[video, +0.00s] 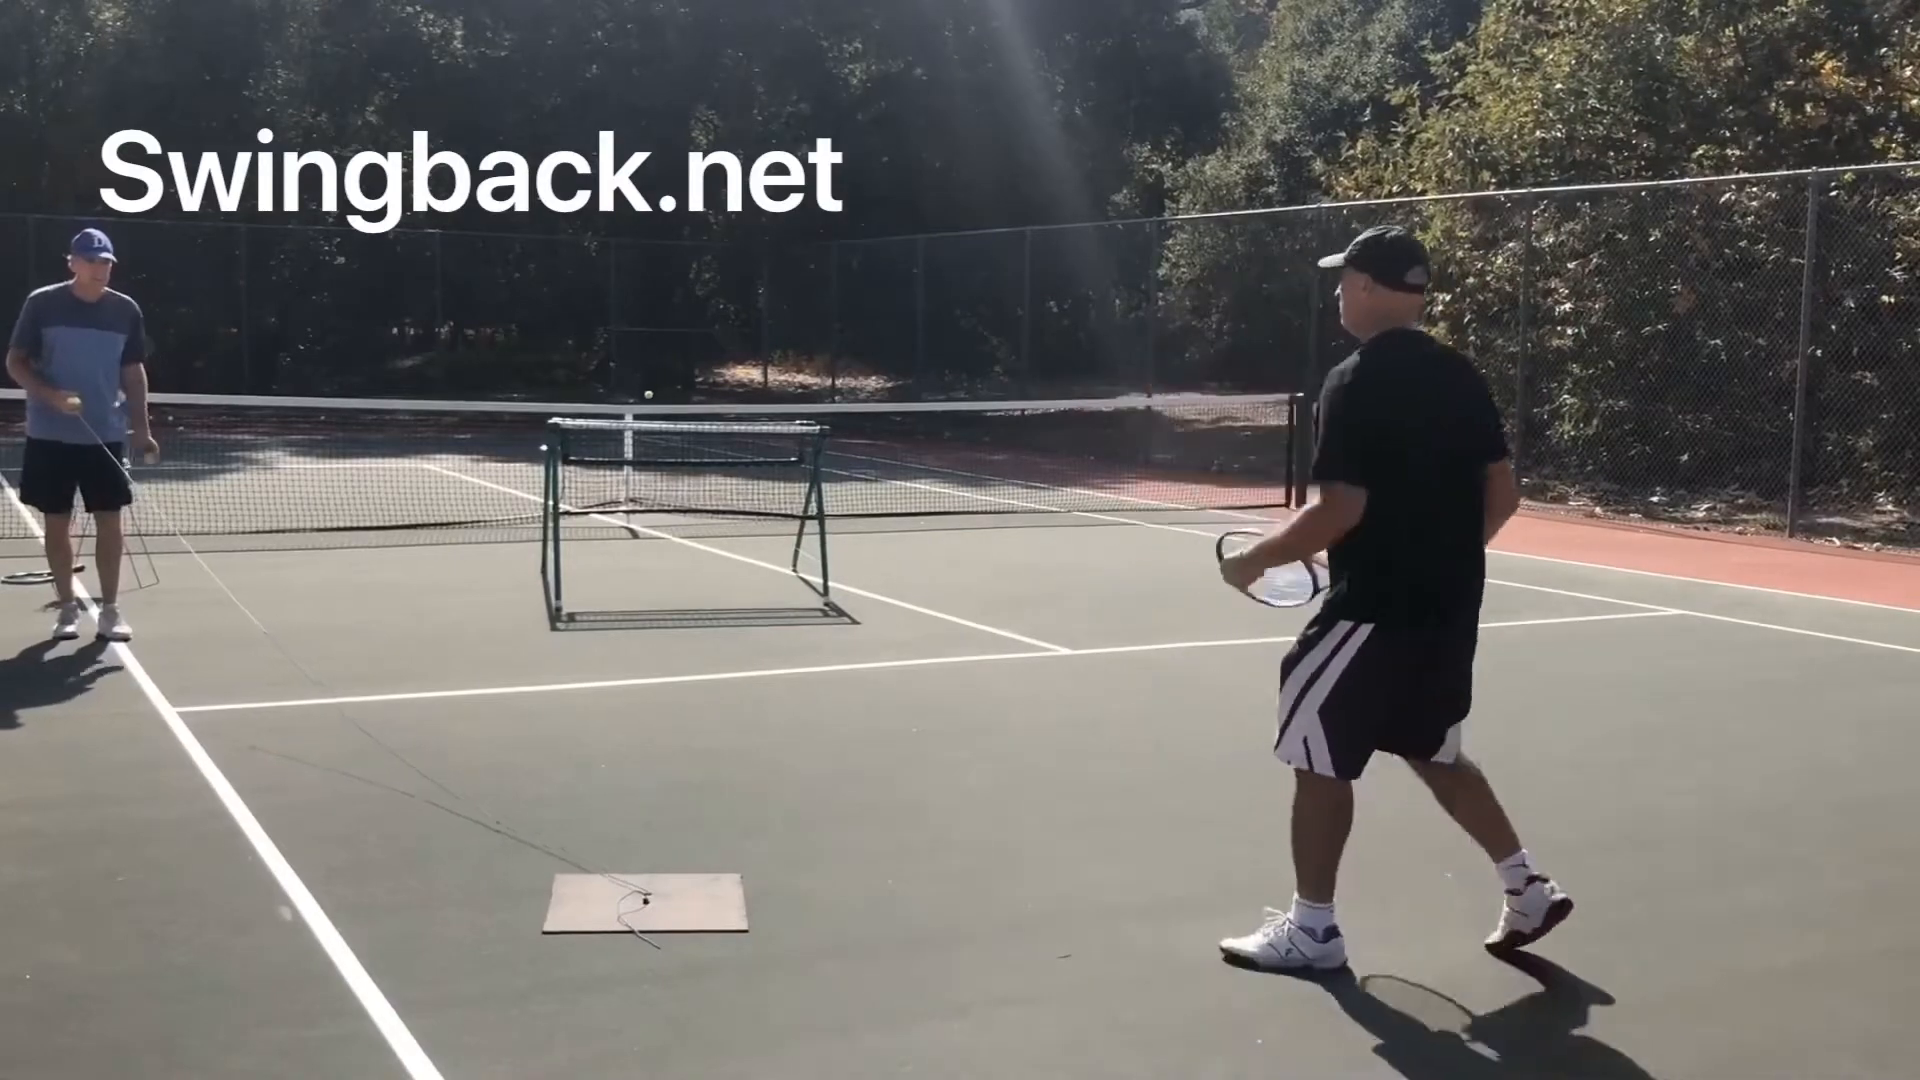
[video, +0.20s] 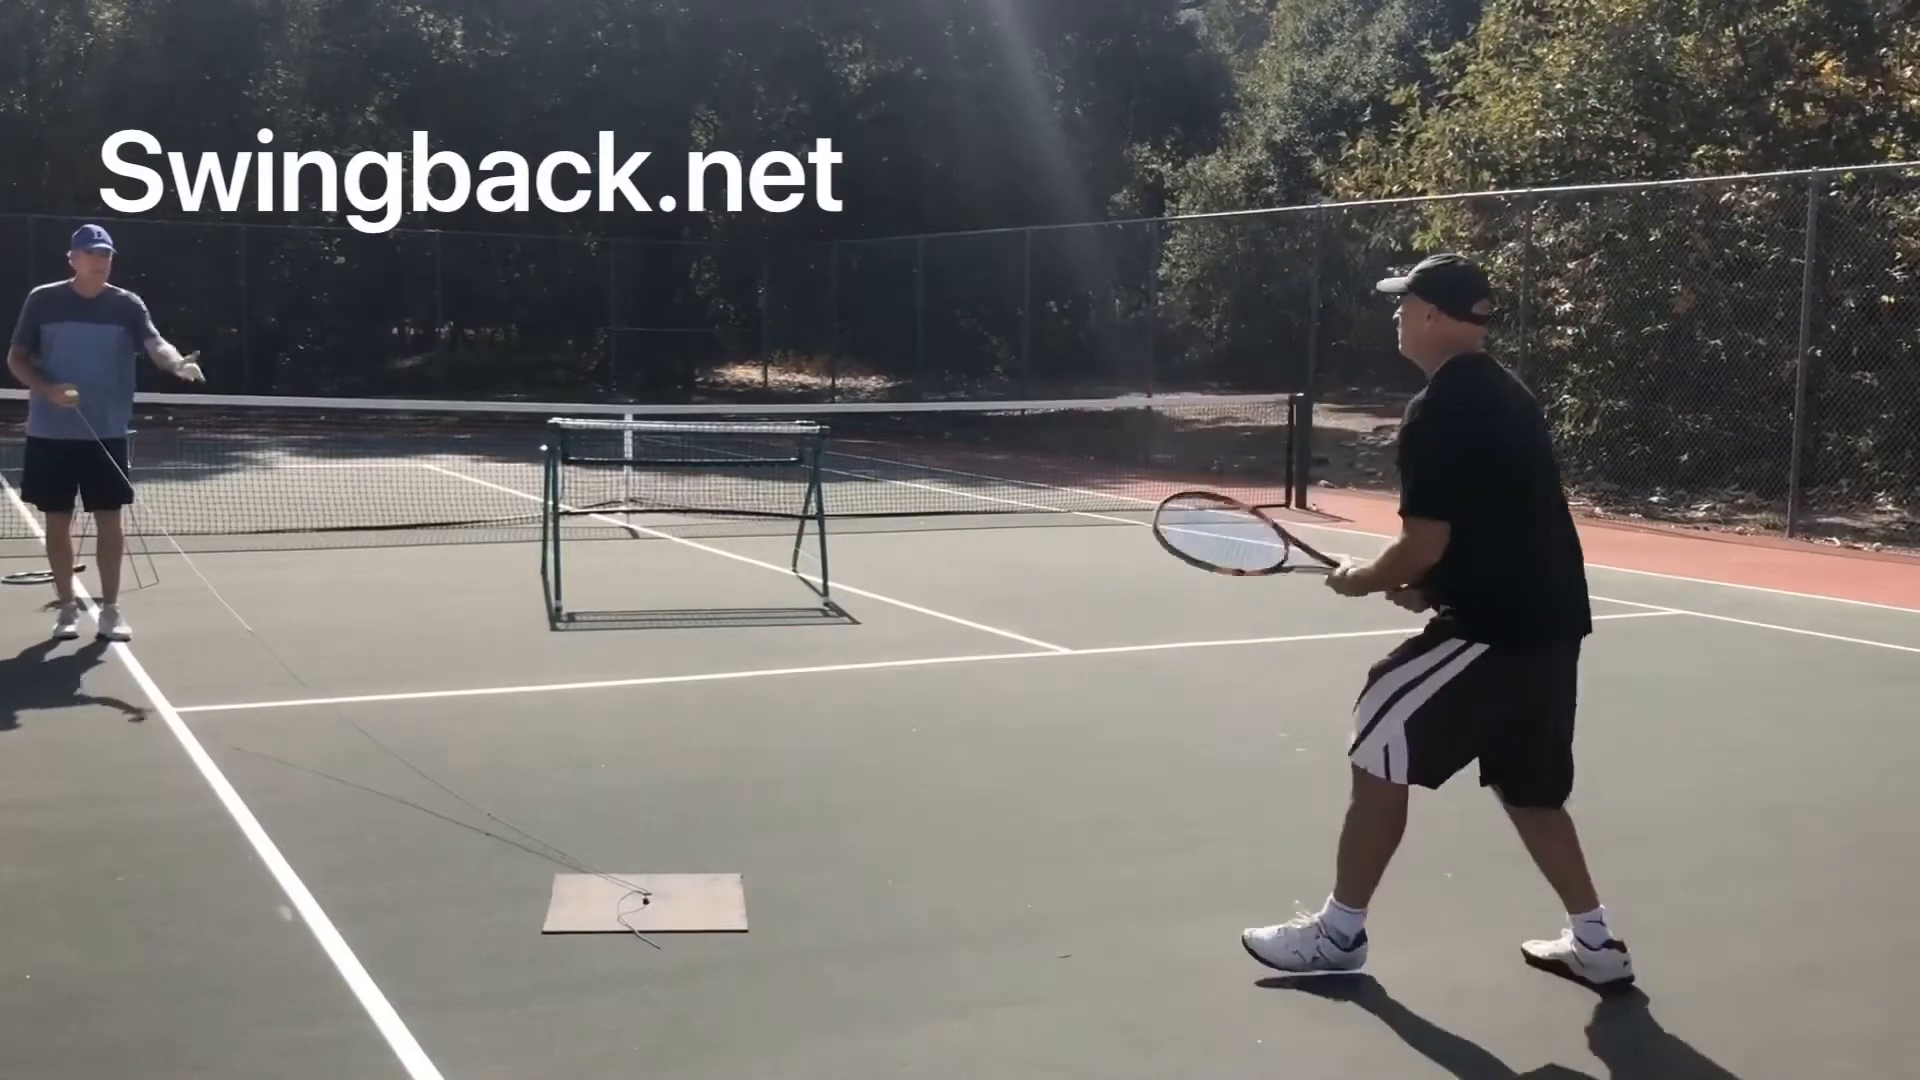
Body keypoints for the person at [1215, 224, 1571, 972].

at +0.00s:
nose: (1339, 296)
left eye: (1346, 284)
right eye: (1343, 283)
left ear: (1371, 289)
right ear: (1415, 294)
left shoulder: (1354, 381)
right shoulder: (1459, 374)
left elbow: (1340, 509)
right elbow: (1501, 494)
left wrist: (1258, 557)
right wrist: (1438, 551)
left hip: (1370, 613)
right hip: (1447, 609)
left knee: (1318, 754)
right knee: (1431, 748)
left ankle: (1312, 927)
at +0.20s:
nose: (1398, 316)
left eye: (1407, 305)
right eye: (1402, 304)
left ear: (1436, 317)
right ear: (1470, 320)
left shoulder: (1438, 409)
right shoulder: (1506, 395)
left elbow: (1426, 542)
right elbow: (1505, 529)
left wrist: (1365, 575)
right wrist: (1422, 580)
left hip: (1488, 634)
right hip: (1549, 629)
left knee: (1383, 741)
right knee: (1527, 782)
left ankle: (1340, 930)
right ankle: (1595, 938)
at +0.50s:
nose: (1428, 306)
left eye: (1439, 293)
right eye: (1431, 293)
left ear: (1479, 305)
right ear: (1492, 306)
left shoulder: (1504, 385)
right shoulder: (1496, 379)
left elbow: (1517, 525)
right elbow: (1517, 523)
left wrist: (1420, 572)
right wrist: (1445, 585)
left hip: (1558, 628)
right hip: (1540, 624)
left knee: (1535, 796)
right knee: (1535, 785)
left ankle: (1650, 990)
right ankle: (1601, 941)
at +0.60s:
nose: (1420, 308)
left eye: (1431, 293)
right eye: (1423, 294)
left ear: (1479, 304)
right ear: (1479, 306)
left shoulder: (1508, 384)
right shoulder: (1478, 384)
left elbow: (1528, 523)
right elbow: (1503, 522)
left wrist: (1432, 584)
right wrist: (1435, 588)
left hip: (1573, 634)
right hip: (1520, 632)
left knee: (1564, 801)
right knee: (1501, 780)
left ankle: (1658, 999)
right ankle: (1571, 927)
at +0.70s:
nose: (1403, 294)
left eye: (1416, 279)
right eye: (1407, 280)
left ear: (1465, 290)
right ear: (1463, 293)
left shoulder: (1504, 371)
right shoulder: (1461, 374)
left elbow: (1542, 508)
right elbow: (1464, 509)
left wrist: (1431, 573)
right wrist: (1412, 577)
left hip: (1567, 625)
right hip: (1504, 622)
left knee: (1560, 801)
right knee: (1475, 774)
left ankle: (1651, 992)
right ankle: (1530, 951)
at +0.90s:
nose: (1363, 309)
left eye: (1375, 295)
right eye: (1367, 296)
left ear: (1420, 302)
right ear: (1413, 305)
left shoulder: (1514, 398)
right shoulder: (1390, 406)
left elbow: (1562, 523)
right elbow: (1371, 526)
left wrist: (1454, 565)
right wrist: (1364, 585)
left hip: (1529, 637)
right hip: (1453, 635)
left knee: (1471, 810)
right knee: (1450, 811)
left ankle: (1537, 1021)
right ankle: (1516, 978)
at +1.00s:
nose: (1338, 325)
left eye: (1350, 310)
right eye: (1340, 312)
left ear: (1400, 312)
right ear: (1385, 316)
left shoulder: (1501, 399)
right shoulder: (1361, 411)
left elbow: (1552, 528)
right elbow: (1338, 533)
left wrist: (1451, 562)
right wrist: (1344, 589)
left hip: (1507, 651)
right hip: (1421, 654)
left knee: (1455, 826)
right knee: (1392, 816)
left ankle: (1492, 1046)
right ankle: (1509, 968)